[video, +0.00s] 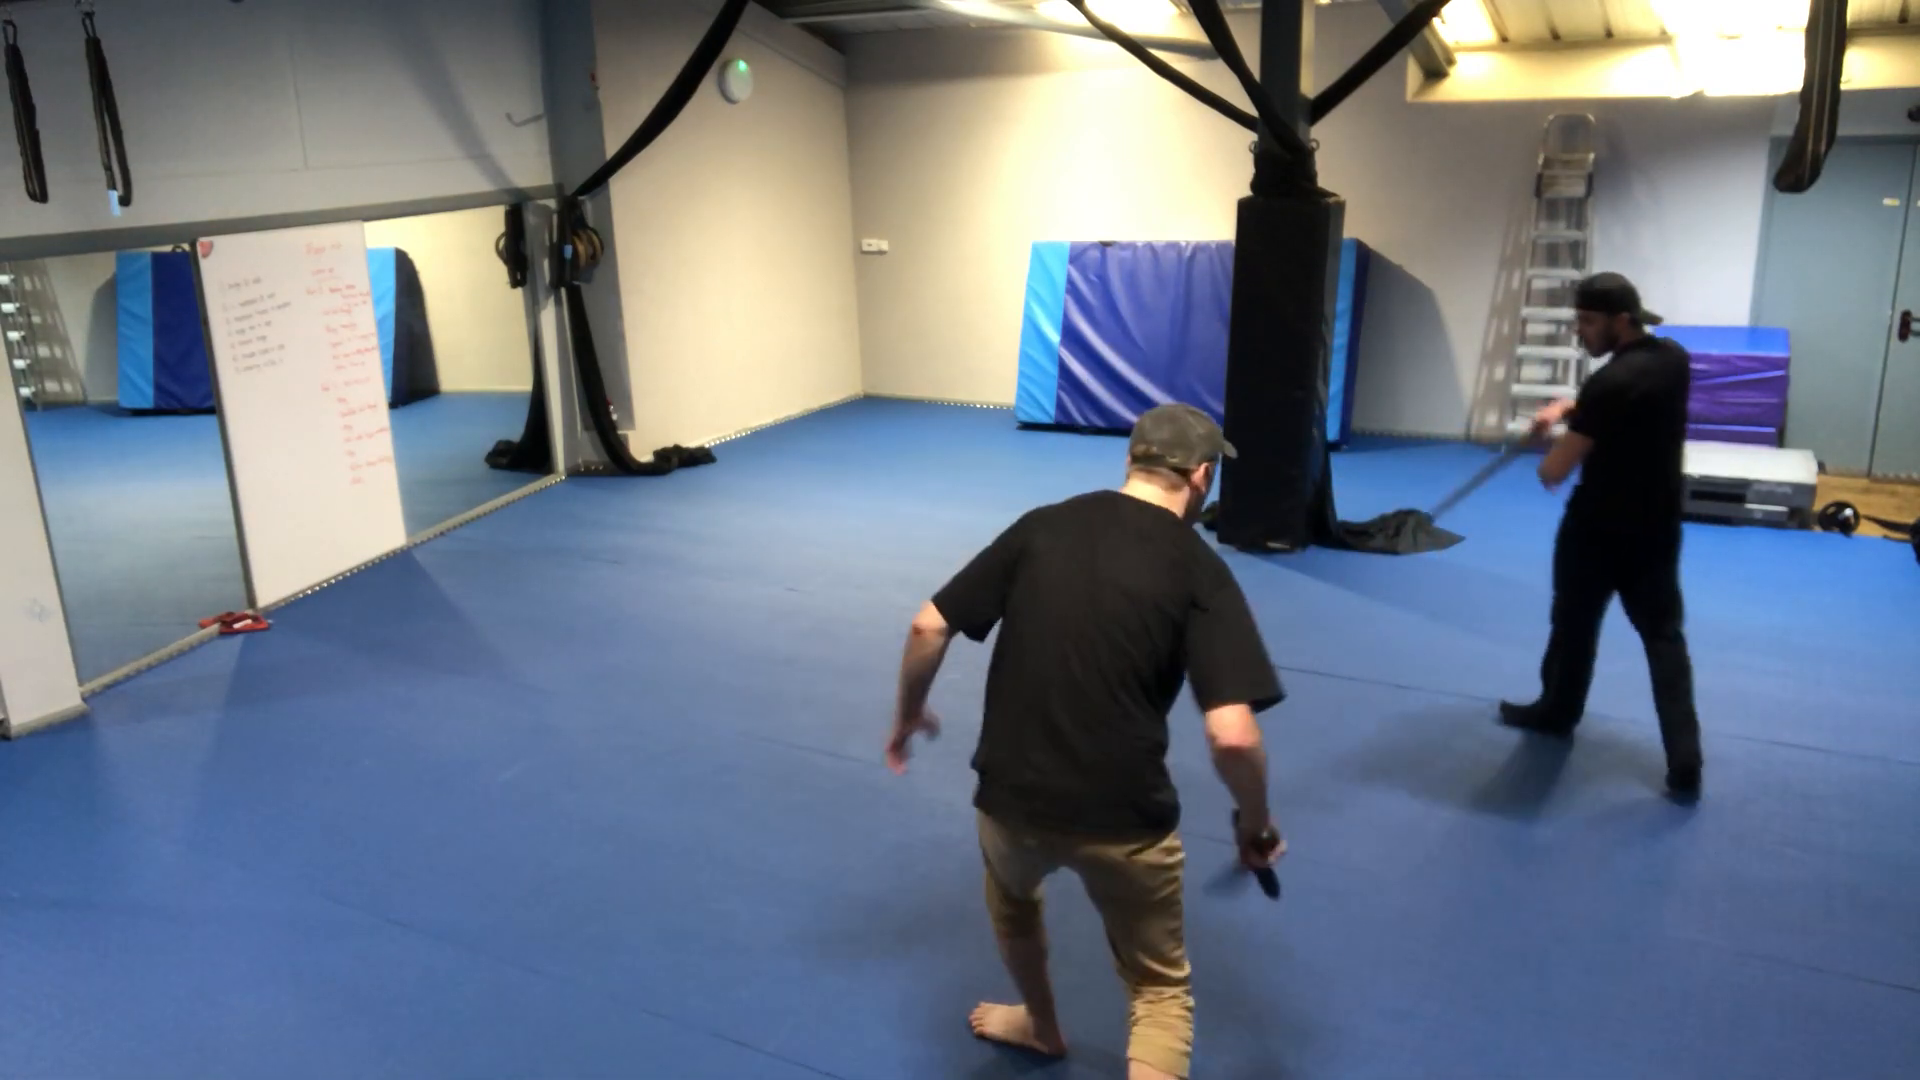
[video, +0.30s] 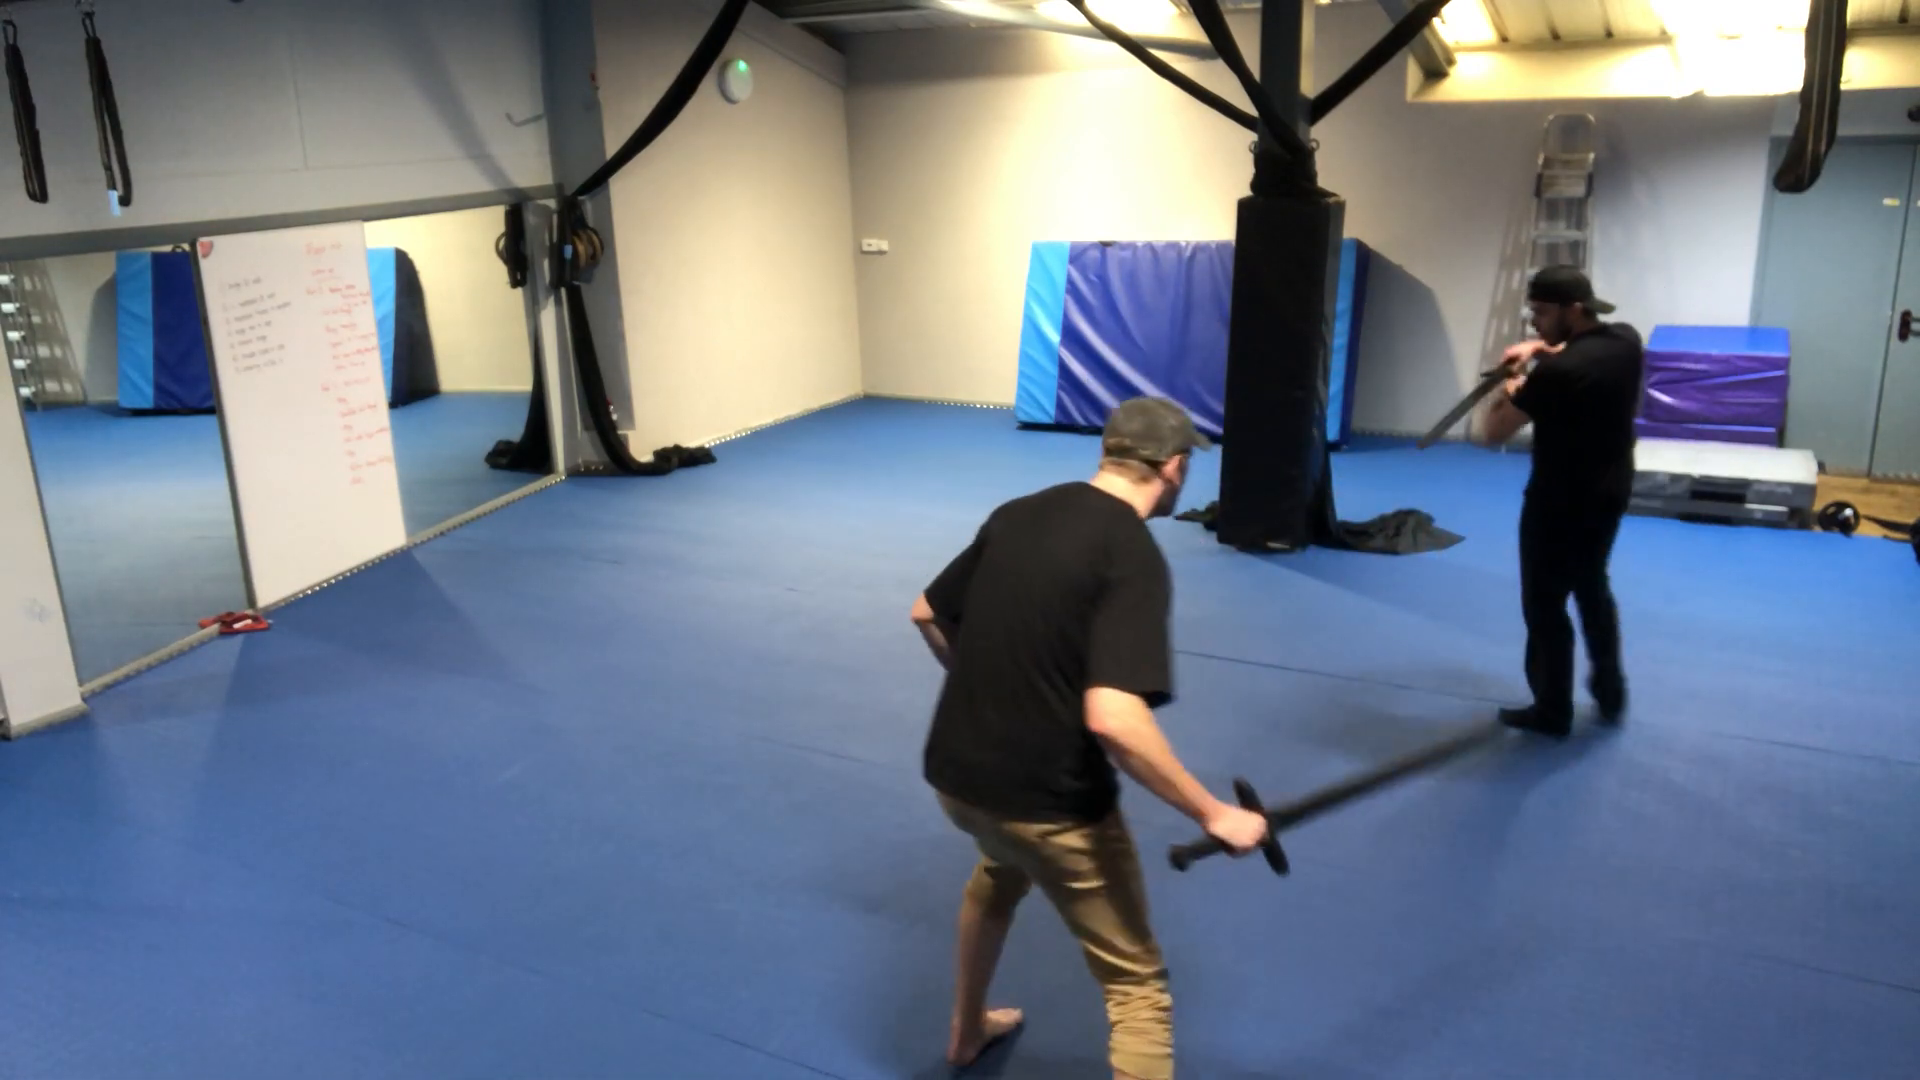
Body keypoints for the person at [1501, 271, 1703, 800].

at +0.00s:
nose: (1578, 332)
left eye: (1585, 322)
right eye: (1578, 321)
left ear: (1617, 321)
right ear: (1628, 320)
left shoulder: (1607, 384)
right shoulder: (1674, 359)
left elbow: (1553, 471)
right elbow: (1628, 413)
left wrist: (1552, 438)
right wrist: (1569, 411)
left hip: (1596, 526)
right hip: (1655, 525)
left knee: (1574, 623)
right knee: (1665, 637)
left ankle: (1557, 711)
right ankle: (1685, 767)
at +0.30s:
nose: (1534, 322)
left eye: (1540, 313)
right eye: (1533, 312)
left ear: (1573, 311)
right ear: (1582, 312)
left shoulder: (1556, 372)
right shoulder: (1627, 342)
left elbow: (1495, 428)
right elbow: (1579, 362)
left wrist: (1510, 379)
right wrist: (1536, 355)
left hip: (1556, 497)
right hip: (1609, 493)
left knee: (1543, 603)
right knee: (1591, 583)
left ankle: (1552, 710)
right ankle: (1610, 692)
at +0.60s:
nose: (1510, 319)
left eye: (1516, 312)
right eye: (1507, 312)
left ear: (1544, 309)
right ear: (1554, 308)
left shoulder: (1527, 365)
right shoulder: (1591, 336)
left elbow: (1461, 414)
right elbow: (1543, 346)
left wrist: (1491, 369)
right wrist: (1510, 342)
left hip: (1531, 491)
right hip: (1574, 481)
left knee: (1526, 600)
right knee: (1534, 560)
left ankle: (1548, 710)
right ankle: (1520, 636)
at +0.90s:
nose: (1491, 310)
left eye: (1498, 302)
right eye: (1488, 301)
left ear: (1528, 299)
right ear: (1535, 299)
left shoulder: (1510, 351)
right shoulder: (1563, 328)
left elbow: (1451, 402)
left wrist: (1471, 357)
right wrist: (1491, 335)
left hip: (1505, 473)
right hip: (1538, 466)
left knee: (1510, 577)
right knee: (1502, 564)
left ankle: (1546, 697)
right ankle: (1492, 650)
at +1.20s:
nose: (1471, 303)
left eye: (1477, 294)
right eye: (1468, 294)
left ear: (1506, 291)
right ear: (1511, 292)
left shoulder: (1496, 341)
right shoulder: (1535, 319)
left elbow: (1433, 387)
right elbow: (1512, 295)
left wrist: (1445, 338)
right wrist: (1470, 313)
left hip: (1486, 461)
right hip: (1513, 457)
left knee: (1449, 561)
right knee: (1488, 557)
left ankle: (1508, 658)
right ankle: (1485, 649)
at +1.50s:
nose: (1442, 300)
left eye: (1450, 291)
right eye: (1443, 290)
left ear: (1478, 291)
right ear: (1483, 292)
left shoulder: (1472, 341)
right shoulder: (1507, 321)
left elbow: (1404, 378)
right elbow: (1490, 295)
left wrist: (1416, 325)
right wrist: (1442, 304)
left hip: (1464, 464)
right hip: (1490, 458)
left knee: (1420, 559)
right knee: (1472, 554)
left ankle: (1389, 664)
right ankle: (1487, 651)